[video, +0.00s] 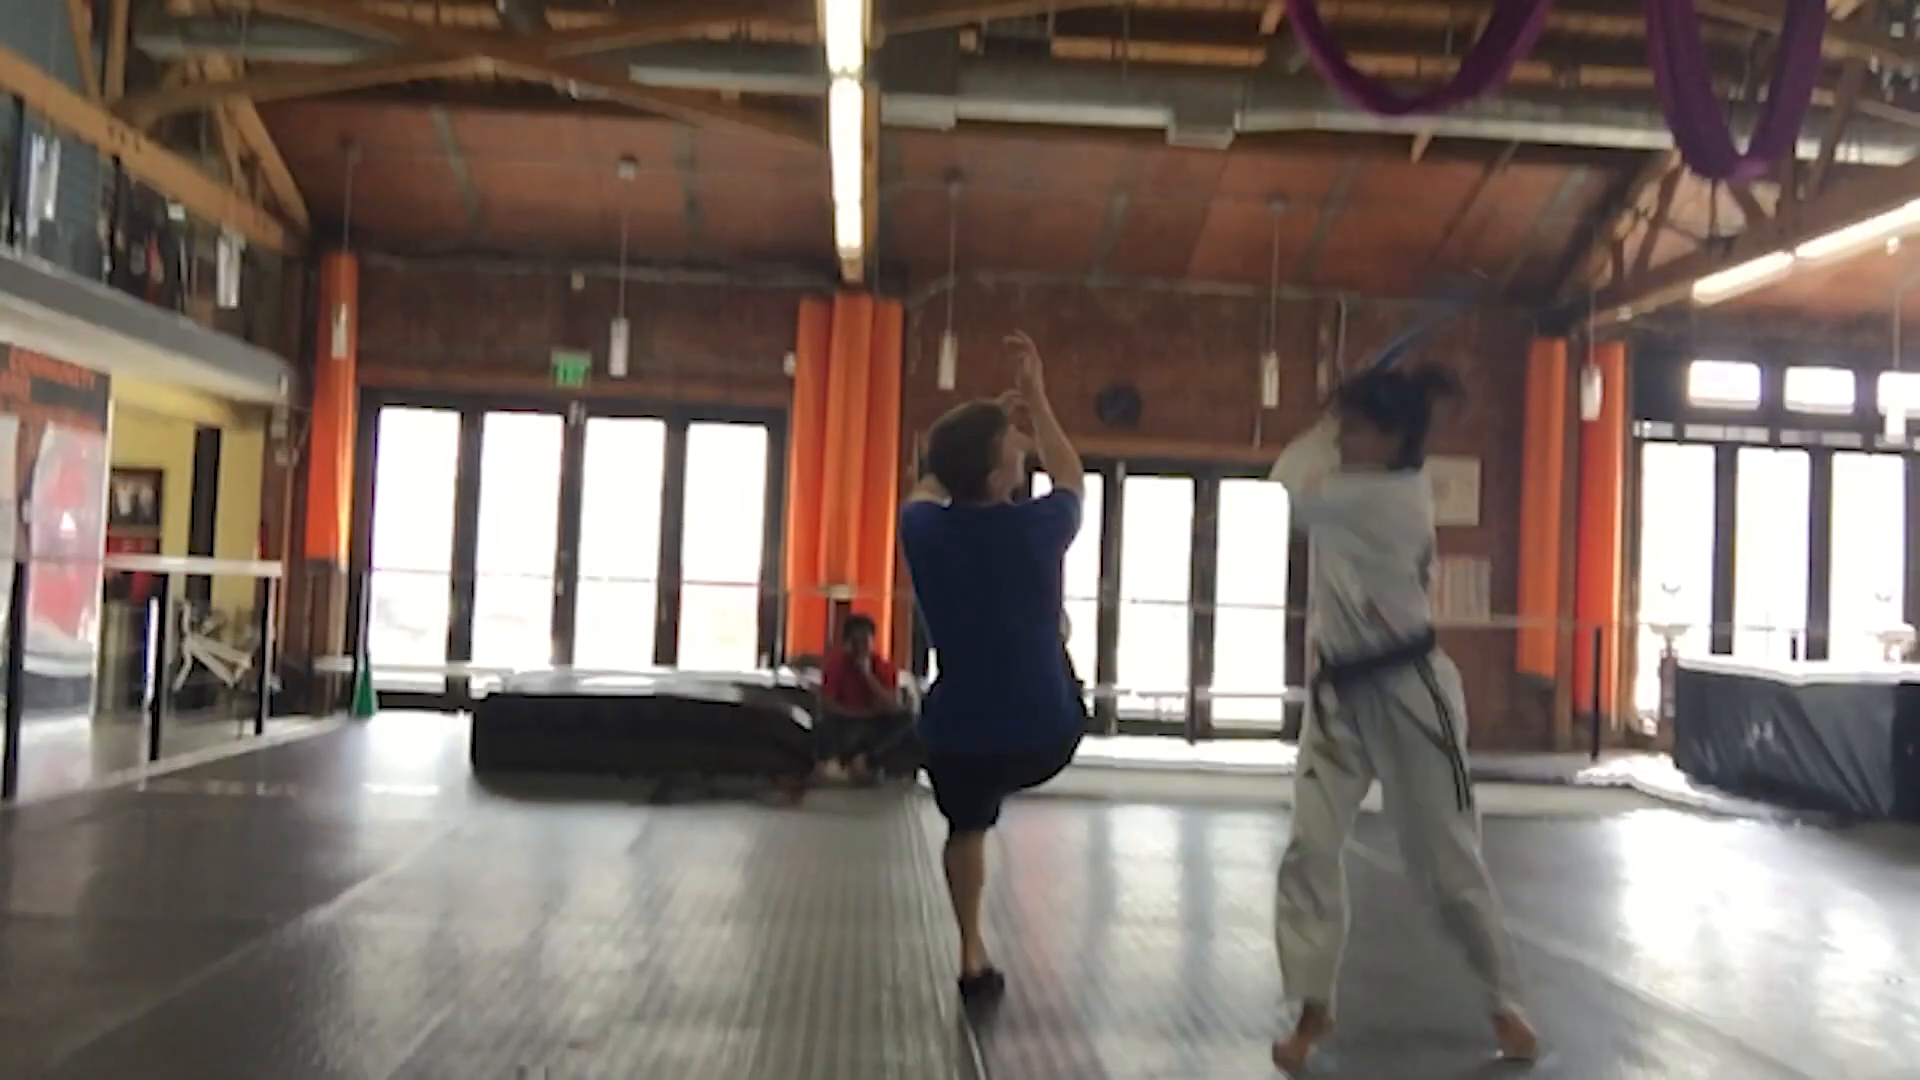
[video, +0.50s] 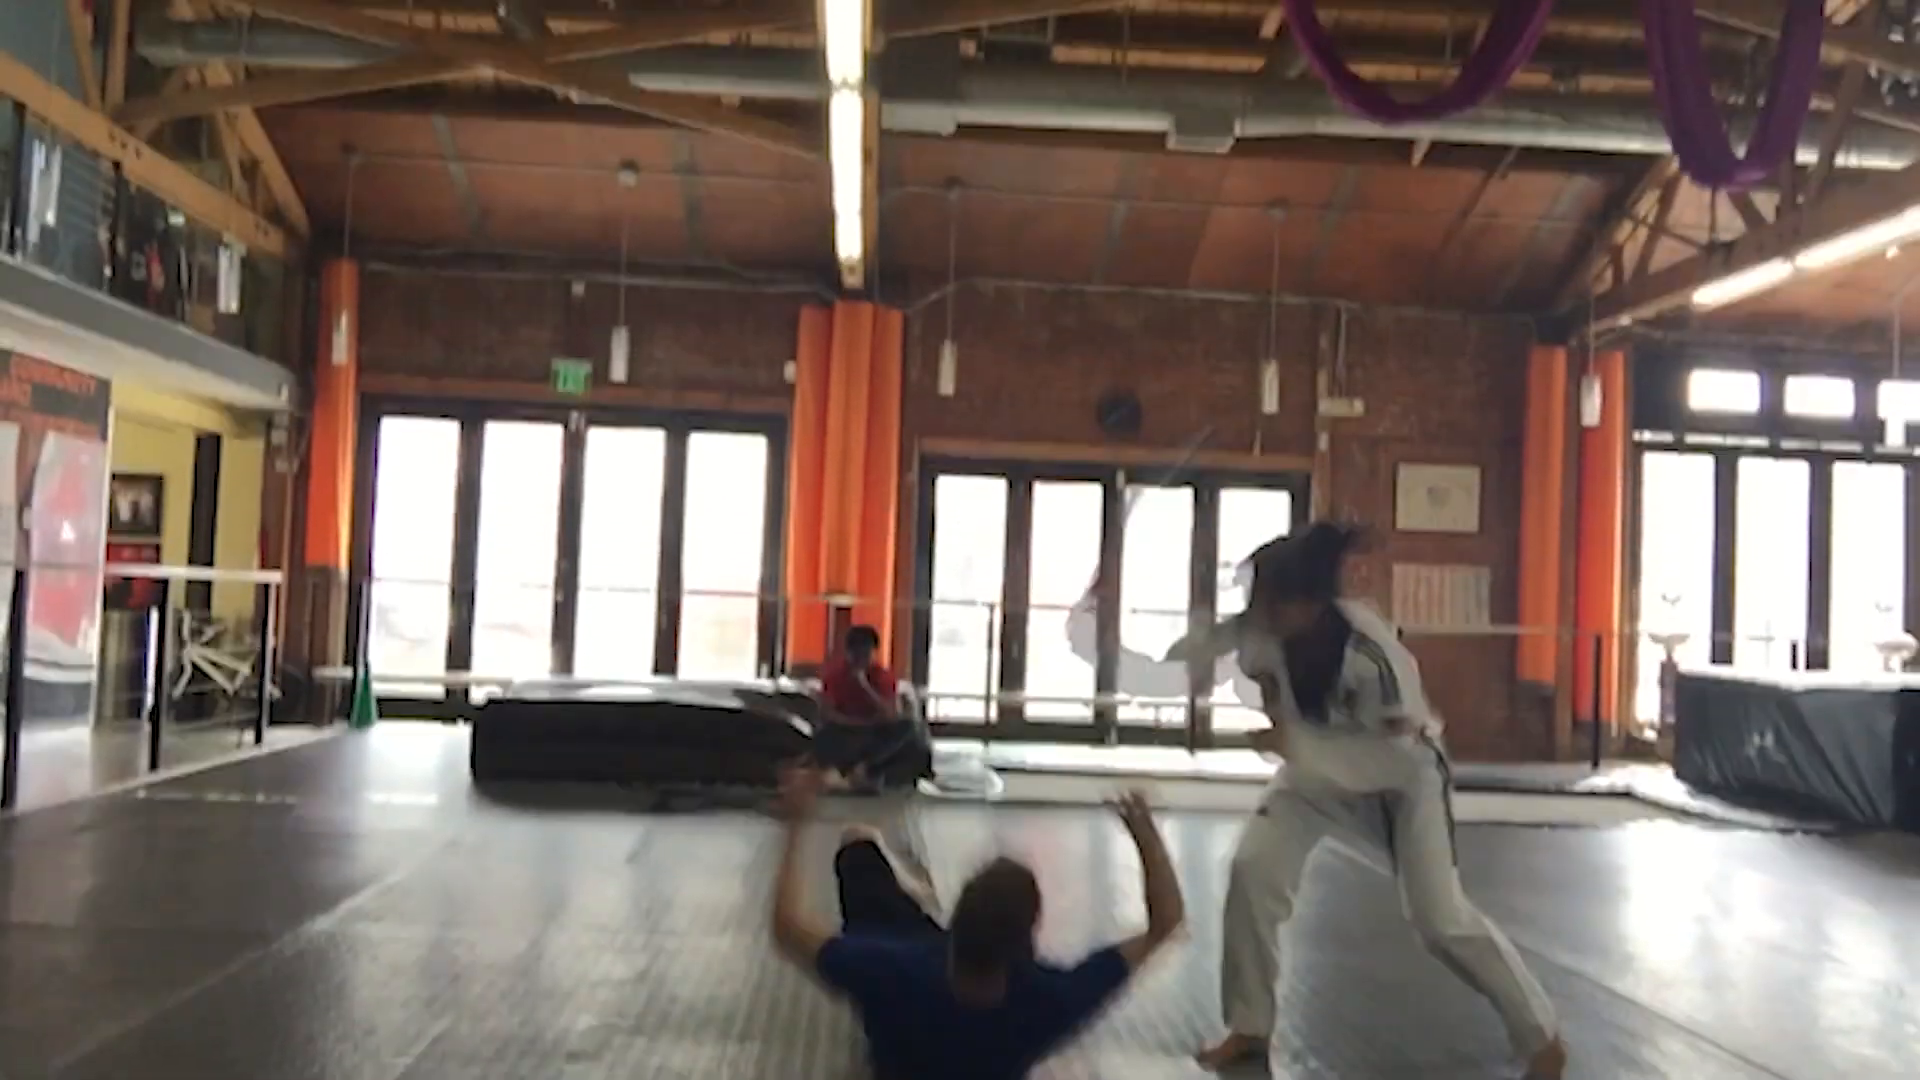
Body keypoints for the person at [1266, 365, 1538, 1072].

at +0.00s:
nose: (1345, 440)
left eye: (1358, 429)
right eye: (1344, 426)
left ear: (1392, 438)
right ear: (1362, 430)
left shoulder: (1394, 497)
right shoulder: (1358, 489)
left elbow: (1295, 482)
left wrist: (1329, 425)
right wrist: (1342, 408)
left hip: (1409, 691)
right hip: (1340, 693)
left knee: (1448, 859)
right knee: (1311, 849)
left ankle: (1504, 1007)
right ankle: (1313, 1010)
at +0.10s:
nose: (1345, 446)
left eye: (1360, 437)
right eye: (1346, 433)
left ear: (1396, 445)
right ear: (1398, 436)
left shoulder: (1376, 504)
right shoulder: (1419, 482)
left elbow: (1303, 464)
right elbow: (1420, 410)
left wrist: (1342, 406)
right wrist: (1433, 351)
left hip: (1405, 686)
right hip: (1349, 689)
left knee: (1458, 848)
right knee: (1308, 846)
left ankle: (1536, 1006)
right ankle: (1316, 1005)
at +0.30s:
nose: (1323, 492)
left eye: (1337, 481)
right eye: (1325, 477)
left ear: (1373, 483)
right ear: (1352, 475)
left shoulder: (1381, 550)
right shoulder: (1370, 512)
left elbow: (1268, 562)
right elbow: (1330, 419)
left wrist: (1314, 490)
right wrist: (1390, 381)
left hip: (1406, 719)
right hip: (1339, 719)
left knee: (1445, 895)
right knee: (1285, 875)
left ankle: (1535, 1041)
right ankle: (1241, 1018)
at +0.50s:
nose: (1266, 616)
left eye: (1276, 605)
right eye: (1262, 603)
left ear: (1311, 604)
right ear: (1262, 601)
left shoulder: (1374, 653)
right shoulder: (1262, 634)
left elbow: (1403, 762)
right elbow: (1196, 647)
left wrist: (1298, 747)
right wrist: (1200, 658)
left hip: (1403, 774)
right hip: (1319, 773)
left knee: (1439, 919)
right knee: (1253, 869)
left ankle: (1541, 1041)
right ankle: (1250, 1031)